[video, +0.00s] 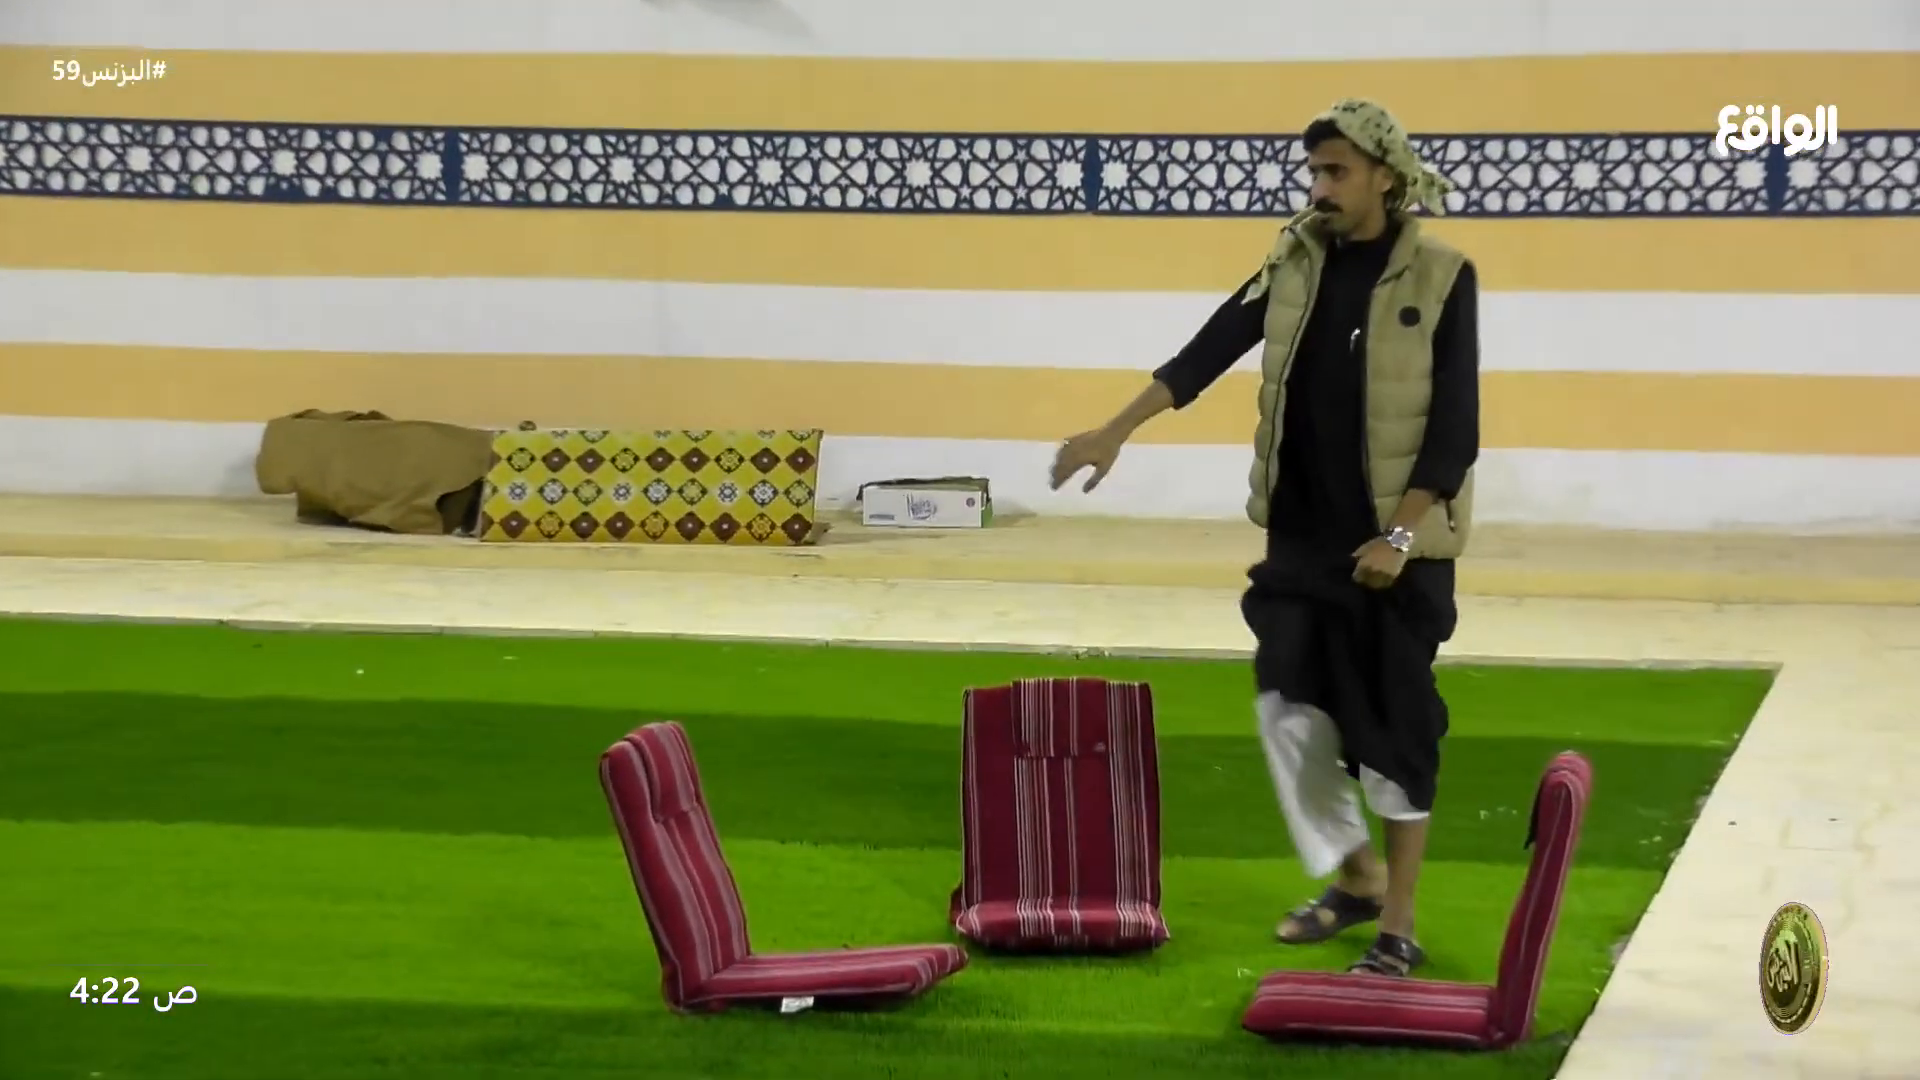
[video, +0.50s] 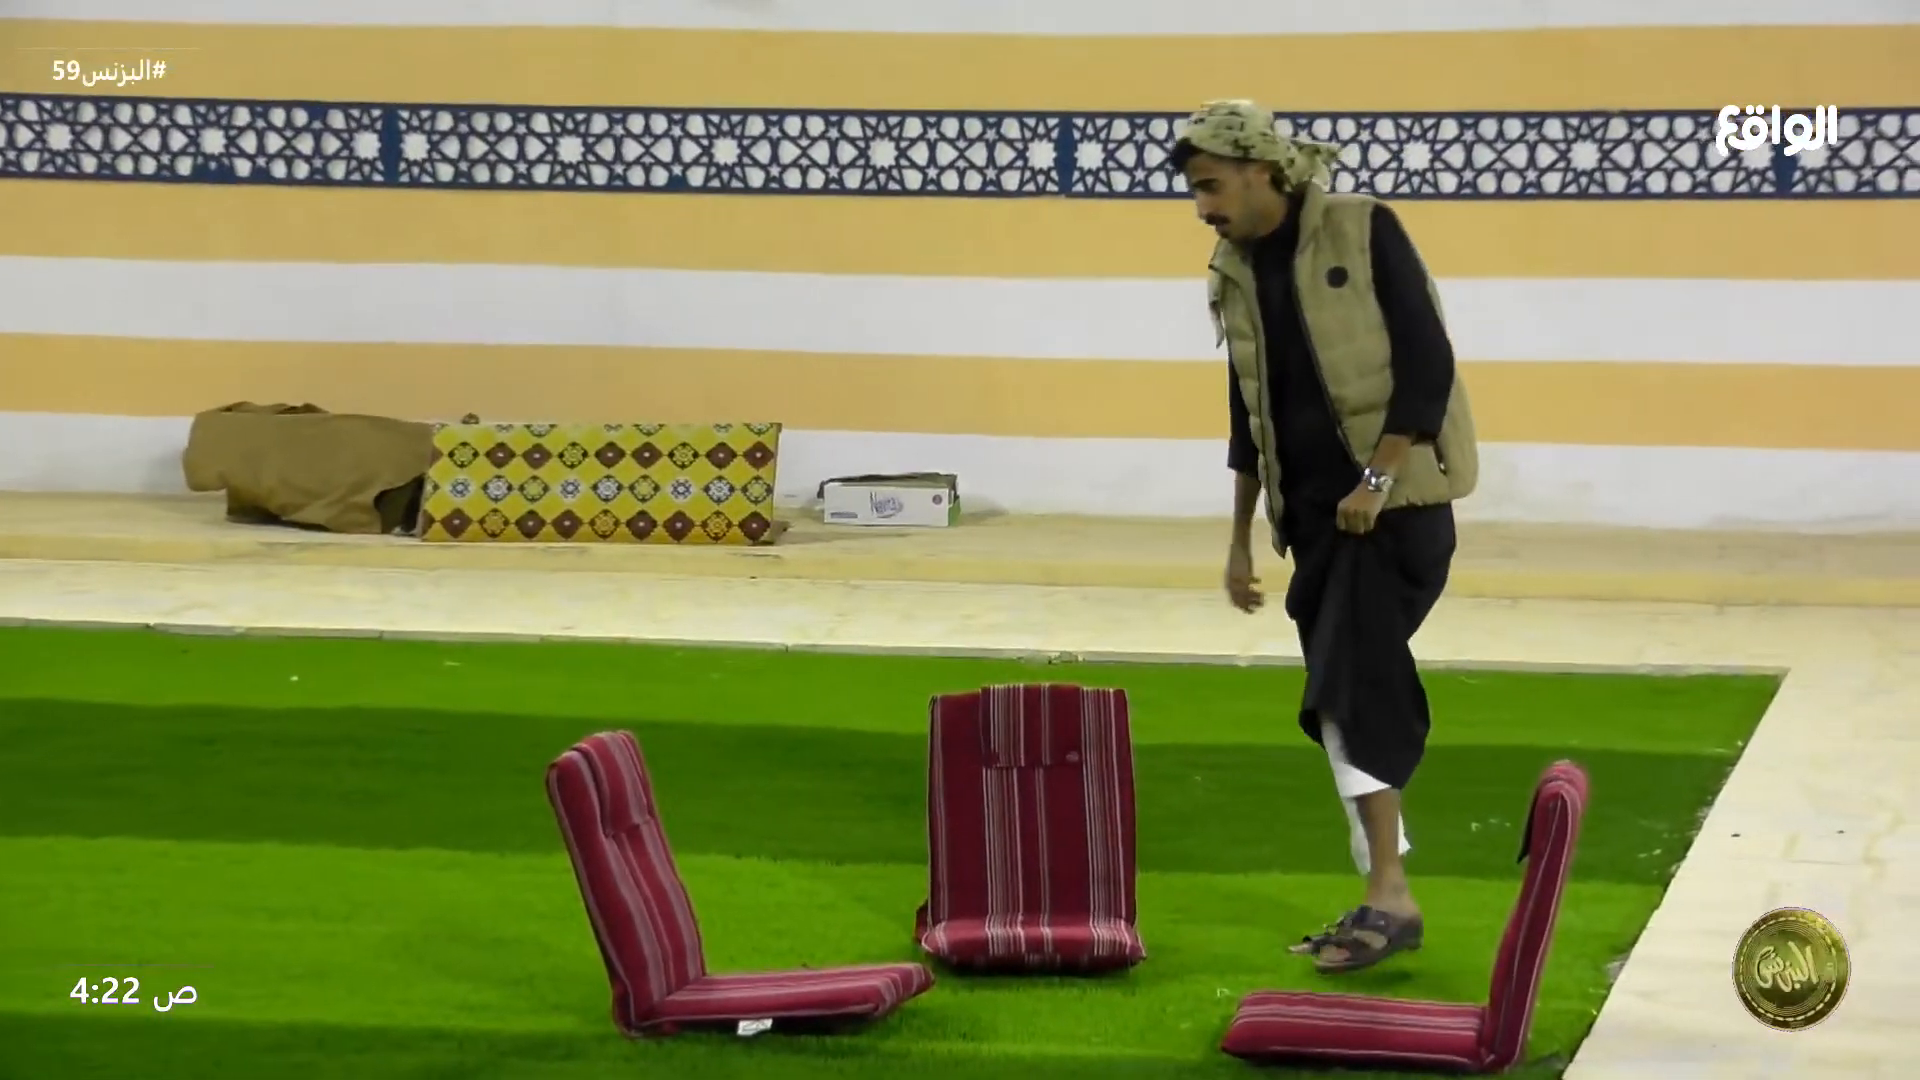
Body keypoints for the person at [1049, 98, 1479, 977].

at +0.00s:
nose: (1319, 187)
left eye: (1335, 171)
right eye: (1313, 172)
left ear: (1386, 175)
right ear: (1313, 176)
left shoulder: (1443, 275)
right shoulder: (1294, 265)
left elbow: (1456, 421)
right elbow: (1210, 349)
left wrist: (1402, 531)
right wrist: (1115, 429)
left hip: (1400, 547)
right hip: (1300, 542)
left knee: (1396, 738)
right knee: (1290, 719)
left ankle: (1398, 928)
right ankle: (1359, 880)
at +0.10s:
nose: (1315, 182)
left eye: (1331, 165)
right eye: (1310, 166)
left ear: (1383, 168)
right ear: (1312, 174)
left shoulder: (1439, 267)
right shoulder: (1298, 262)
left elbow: (1460, 417)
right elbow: (1231, 360)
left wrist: (1410, 527)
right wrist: (1152, 445)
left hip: (1410, 540)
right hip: (1320, 538)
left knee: (1402, 721)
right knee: (1335, 720)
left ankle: (1408, 928)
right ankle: (1397, 896)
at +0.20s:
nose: (1301, 178)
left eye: (1316, 160)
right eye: (1294, 164)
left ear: (1367, 160)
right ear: (1296, 171)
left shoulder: (1433, 256)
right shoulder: (1291, 261)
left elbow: (1454, 407)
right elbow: (1241, 375)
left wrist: (1406, 518)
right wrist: (1174, 469)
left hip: (1417, 530)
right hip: (1330, 532)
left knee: (1399, 715)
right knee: (1343, 714)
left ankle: (1410, 929)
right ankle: (1411, 898)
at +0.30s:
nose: (1252, 191)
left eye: (1264, 171)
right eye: (1246, 176)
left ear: (1320, 164)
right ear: (1256, 181)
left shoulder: (1402, 243)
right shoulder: (1265, 267)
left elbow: (1444, 382)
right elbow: (1238, 395)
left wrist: (1403, 501)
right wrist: (1194, 514)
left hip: (1414, 517)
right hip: (1327, 526)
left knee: (1376, 706)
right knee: (1342, 710)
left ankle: (1400, 921)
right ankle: (1409, 906)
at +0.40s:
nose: (1225, 200)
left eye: (1236, 181)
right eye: (1219, 184)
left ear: (1290, 172)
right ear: (1251, 184)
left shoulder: (1388, 237)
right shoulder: (1253, 274)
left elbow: (1447, 373)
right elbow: (1241, 407)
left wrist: (1402, 487)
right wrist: (1211, 535)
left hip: (1408, 513)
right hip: (1323, 525)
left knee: (1370, 696)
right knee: (1347, 705)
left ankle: (1404, 913)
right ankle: (1393, 903)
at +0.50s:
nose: (1201, 204)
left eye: (1212, 185)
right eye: (1194, 188)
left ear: (1267, 174)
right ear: (1219, 186)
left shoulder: (1363, 229)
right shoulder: (1234, 273)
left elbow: (1429, 361)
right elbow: (1248, 407)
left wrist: (1380, 477)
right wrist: (1241, 534)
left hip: (1396, 501)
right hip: (1314, 516)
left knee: (1350, 678)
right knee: (1338, 696)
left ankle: (1390, 897)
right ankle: (1378, 904)